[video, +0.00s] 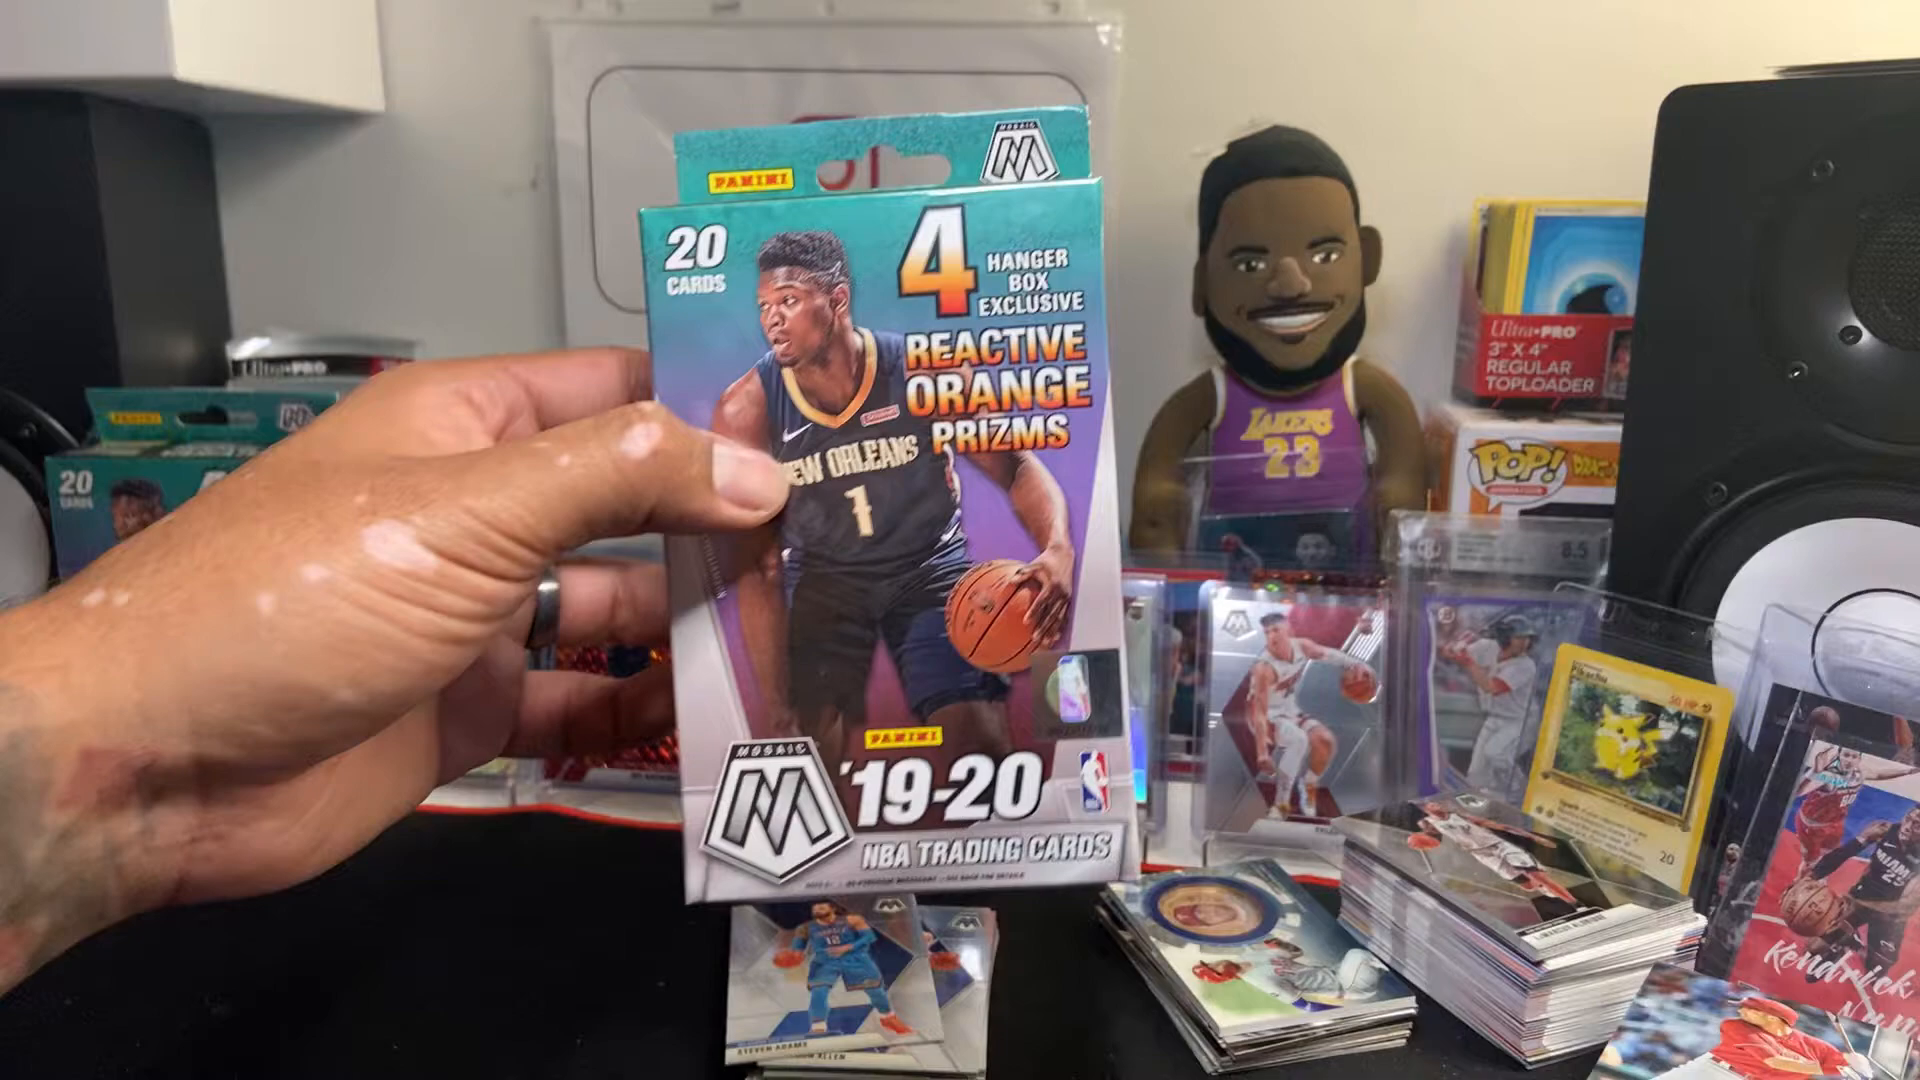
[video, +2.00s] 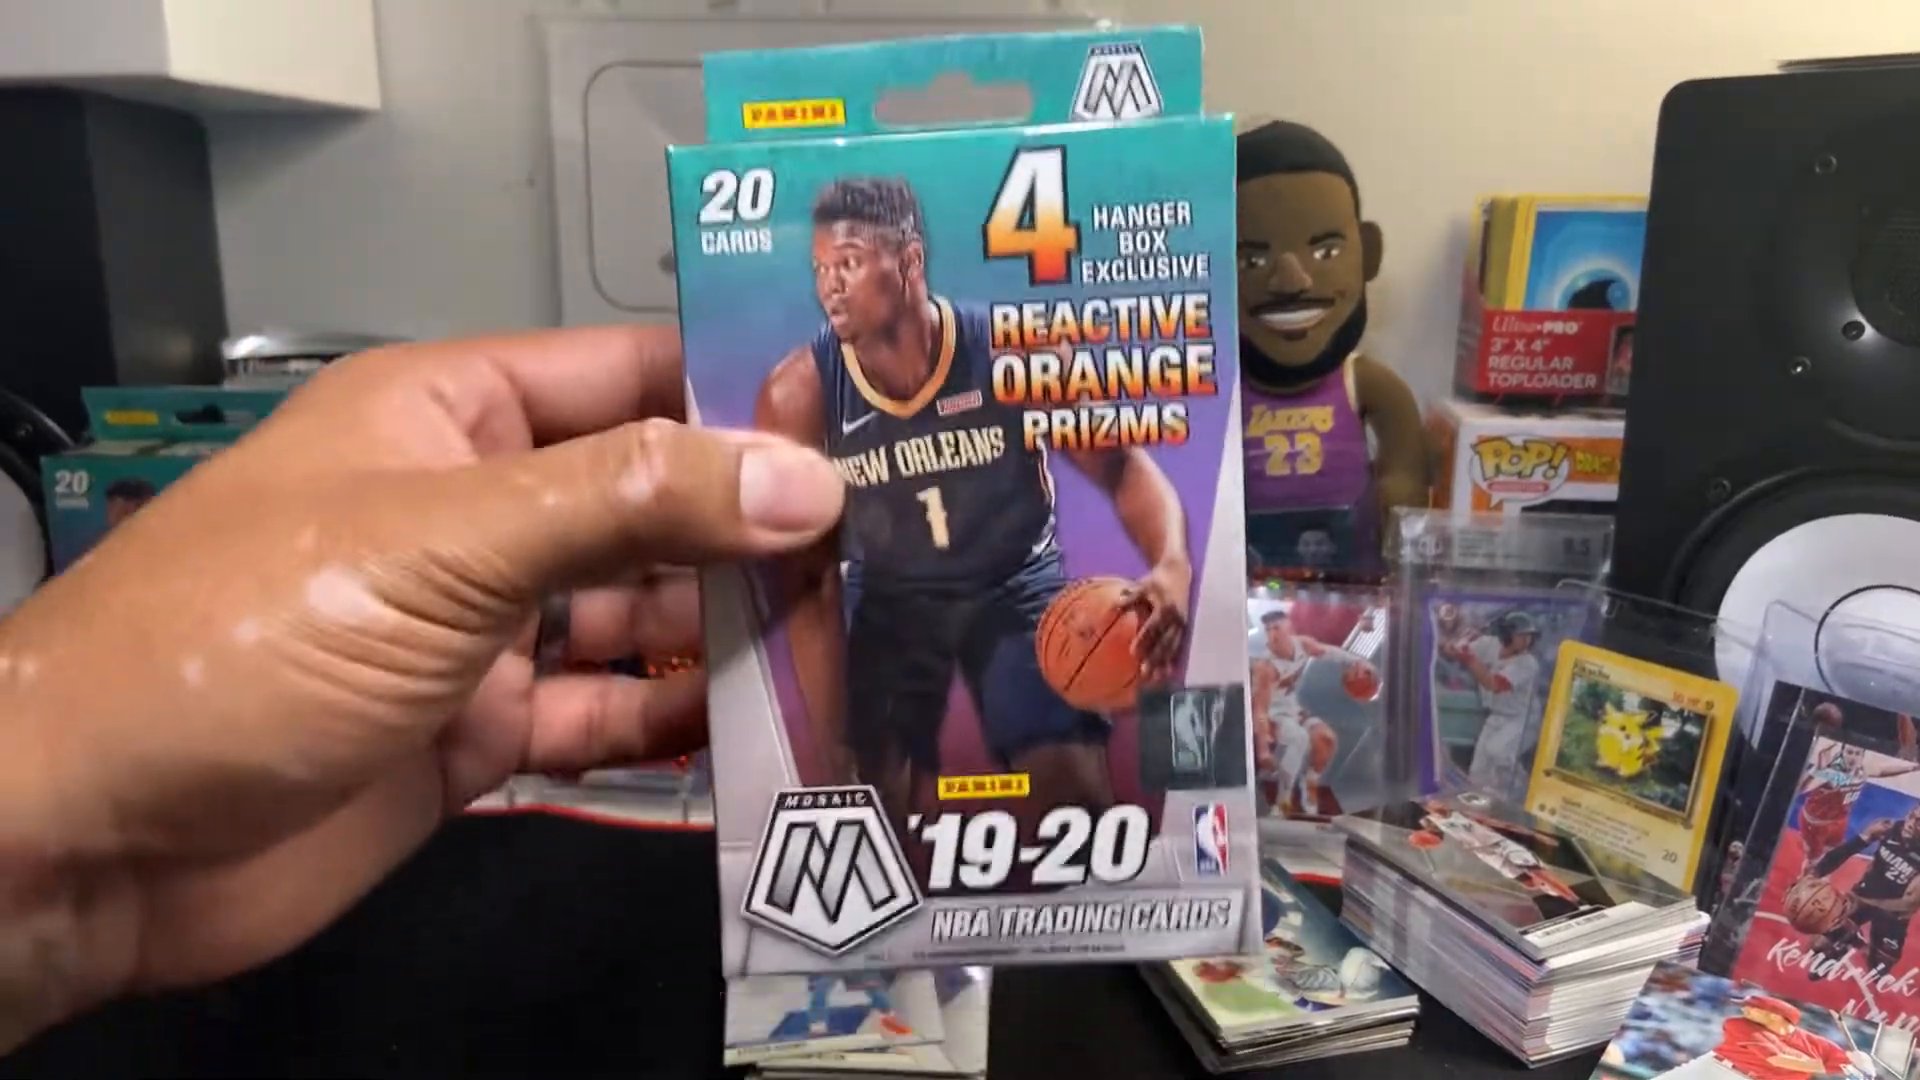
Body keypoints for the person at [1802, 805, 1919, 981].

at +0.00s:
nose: (1908, 827)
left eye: (1916, 825)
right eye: (1908, 820)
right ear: (1903, 817)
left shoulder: (1917, 861)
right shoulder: (1882, 831)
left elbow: (1906, 907)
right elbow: (1843, 853)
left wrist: (1857, 905)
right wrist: (1813, 875)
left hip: (1890, 915)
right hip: (1860, 900)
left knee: (1876, 972)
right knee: (1814, 947)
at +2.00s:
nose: (1912, 824)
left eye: (1918, 822)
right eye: (1912, 817)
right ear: (1907, 815)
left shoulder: (1917, 857)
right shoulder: (1887, 829)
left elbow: (1909, 904)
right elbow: (1847, 850)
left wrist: (1862, 903)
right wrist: (1815, 873)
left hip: (1894, 913)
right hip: (1863, 897)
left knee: (1878, 971)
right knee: (1818, 947)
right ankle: (1844, 945)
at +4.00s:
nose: (1910, 823)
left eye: (1917, 821)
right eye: (1910, 816)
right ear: (1905, 815)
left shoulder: (1917, 857)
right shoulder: (1887, 828)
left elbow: (1908, 904)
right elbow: (1846, 849)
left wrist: (1859, 902)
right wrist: (1814, 872)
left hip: (1894, 907)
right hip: (1865, 893)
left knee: (1878, 966)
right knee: (1819, 944)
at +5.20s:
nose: (1913, 824)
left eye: (1919, 822)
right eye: (1913, 817)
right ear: (1908, 815)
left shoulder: (1917, 856)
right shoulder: (1892, 829)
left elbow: (1905, 904)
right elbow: (1851, 850)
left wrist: (1862, 903)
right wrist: (1817, 873)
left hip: (1893, 906)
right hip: (1866, 894)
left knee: (1881, 968)